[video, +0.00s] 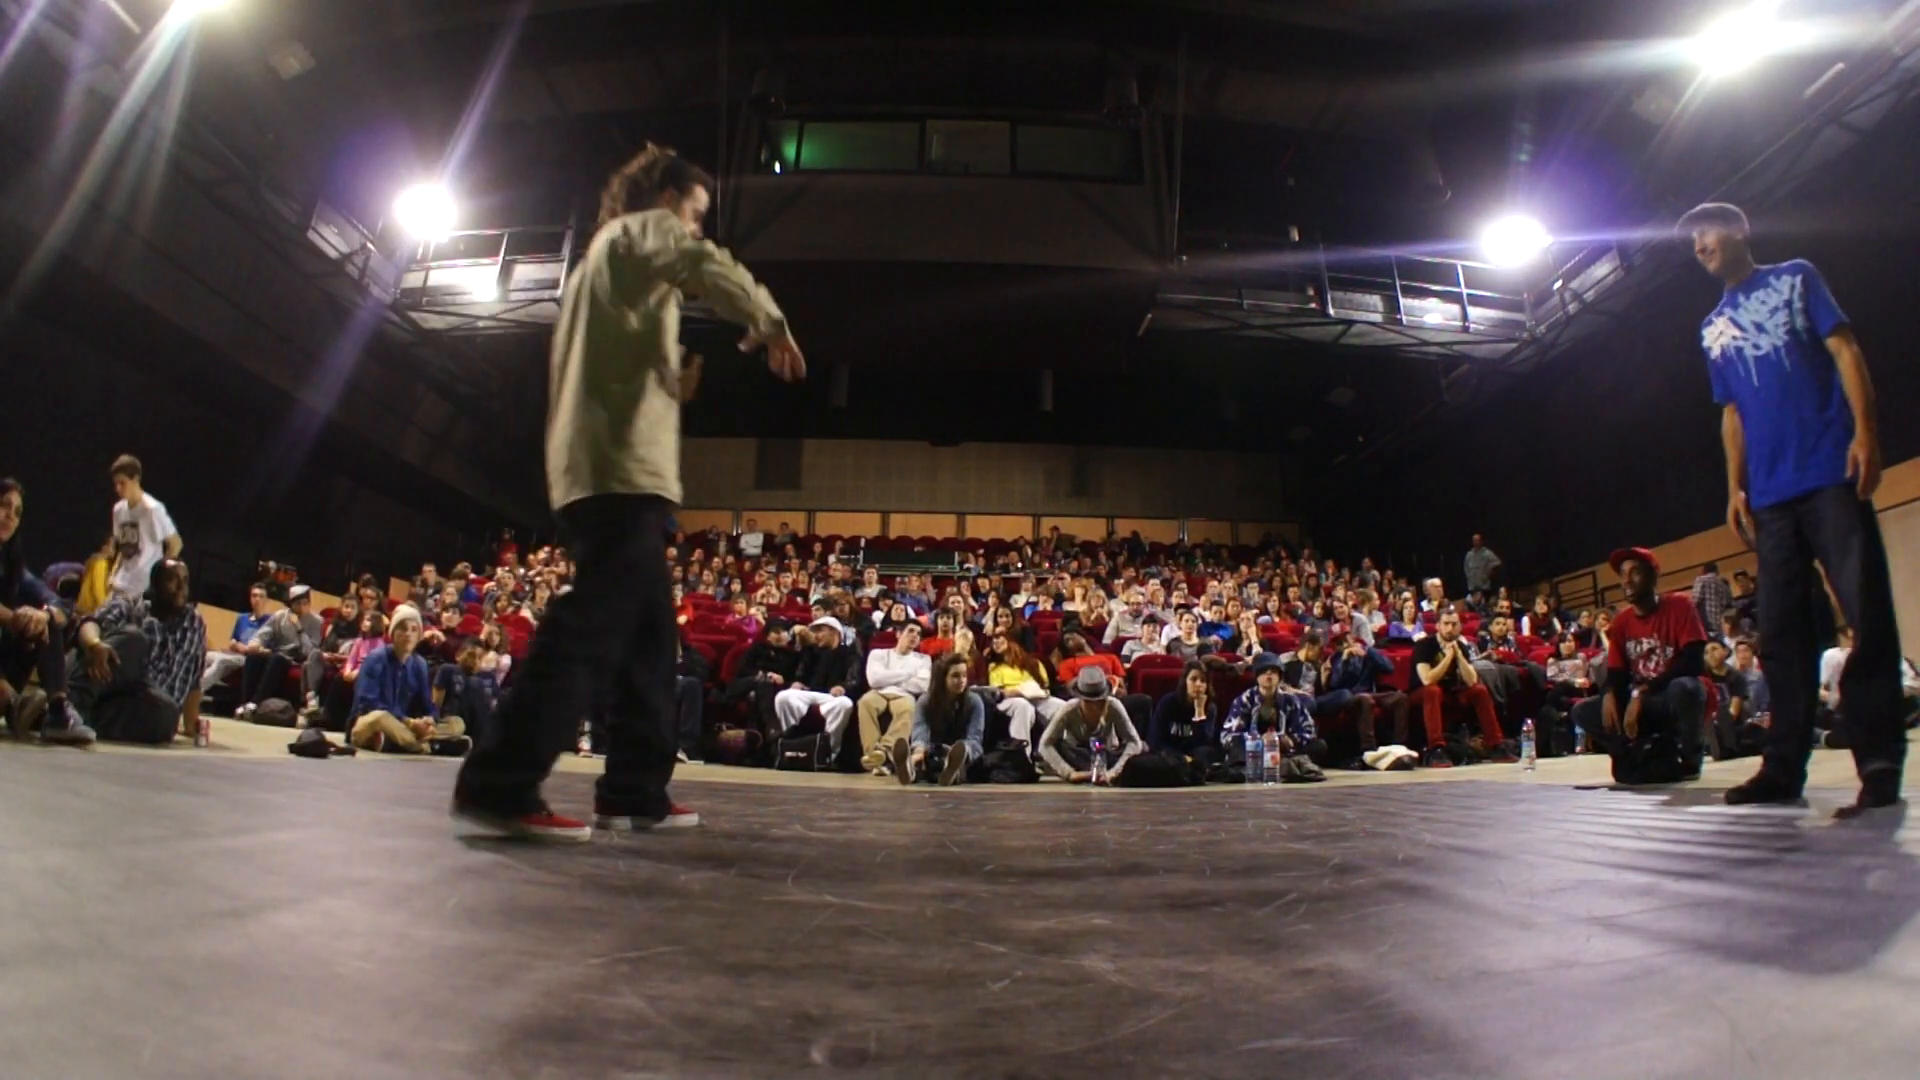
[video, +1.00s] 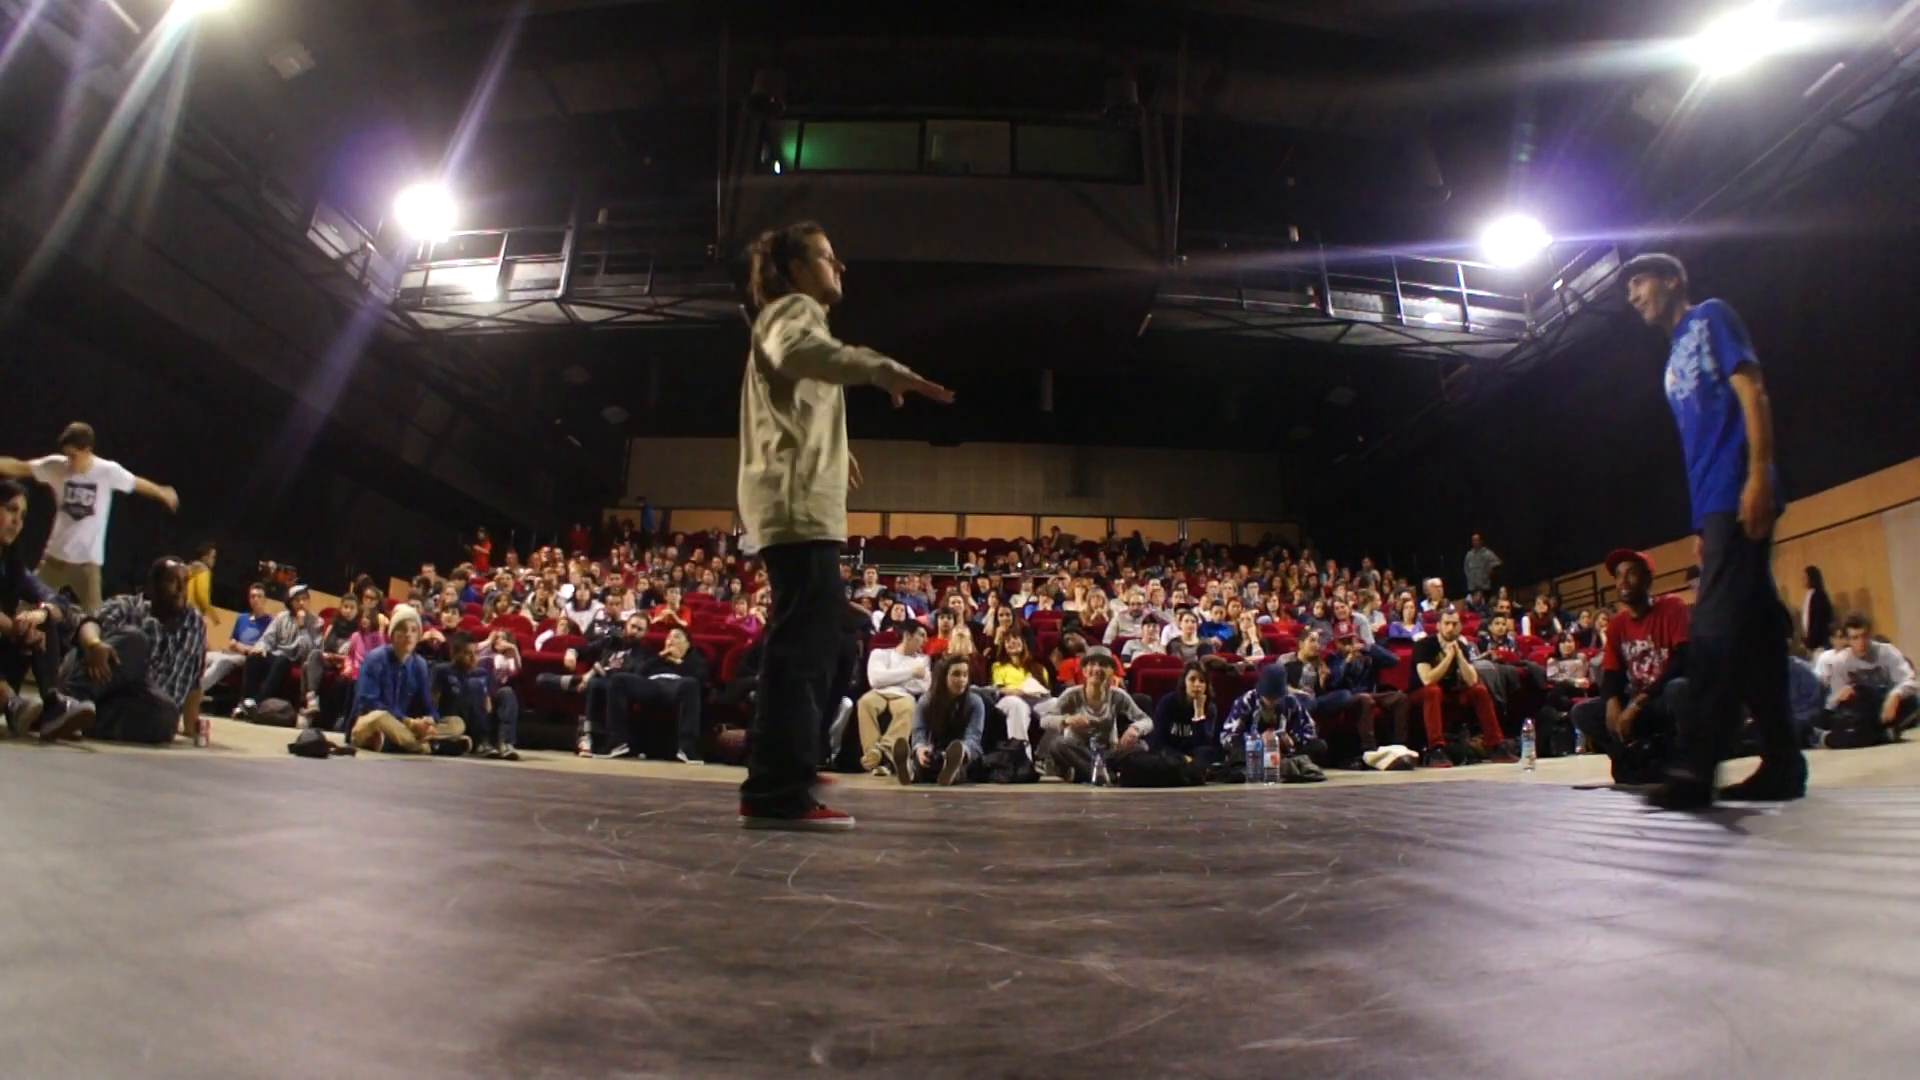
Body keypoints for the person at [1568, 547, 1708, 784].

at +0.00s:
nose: (1626, 581)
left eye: (1634, 572)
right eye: (1622, 574)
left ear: (1652, 577)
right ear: (1619, 581)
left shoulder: (1679, 606)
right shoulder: (1621, 622)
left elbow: (1692, 660)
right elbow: (1616, 670)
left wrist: (1644, 692)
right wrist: (1609, 694)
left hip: (1673, 691)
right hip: (1638, 695)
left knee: (1686, 688)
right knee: (1583, 711)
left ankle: (1690, 759)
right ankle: (1636, 760)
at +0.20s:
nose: (1627, 581)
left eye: (1635, 573)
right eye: (1623, 575)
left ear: (1653, 579)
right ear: (1620, 582)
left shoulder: (1678, 608)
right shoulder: (1620, 624)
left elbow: (1692, 661)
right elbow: (1615, 671)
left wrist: (1643, 692)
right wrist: (1611, 697)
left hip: (1673, 693)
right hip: (1638, 697)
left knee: (1685, 689)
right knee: (1583, 712)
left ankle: (1690, 760)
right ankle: (1634, 761)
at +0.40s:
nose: (1633, 578)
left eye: (1640, 571)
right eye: (1626, 573)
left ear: (1652, 577)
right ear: (1620, 583)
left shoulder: (1676, 607)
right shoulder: (1619, 624)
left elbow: (1690, 661)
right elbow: (1613, 672)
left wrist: (1642, 692)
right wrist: (1613, 700)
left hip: (1673, 693)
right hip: (1638, 698)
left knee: (1681, 688)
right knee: (1582, 712)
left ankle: (1689, 759)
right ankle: (1632, 760)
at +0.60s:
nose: (1630, 579)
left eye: (1636, 572)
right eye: (1623, 574)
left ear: (1650, 577)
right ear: (1617, 585)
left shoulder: (1674, 606)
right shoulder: (1618, 624)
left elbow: (1689, 659)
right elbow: (1613, 672)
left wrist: (1643, 695)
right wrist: (1614, 701)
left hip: (1672, 692)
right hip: (1637, 697)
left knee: (1682, 689)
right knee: (1582, 713)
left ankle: (1689, 759)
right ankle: (1636, 761)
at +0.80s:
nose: (1625, 581)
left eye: (1632, 573)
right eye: (1620, 575)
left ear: (1648, 579)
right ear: (1616, 583)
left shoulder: (1671, 606)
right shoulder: (1618, 623)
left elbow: (1687, 659)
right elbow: (1612, 672)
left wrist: (1641, 700)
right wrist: (1614, 705)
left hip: (1672, 692)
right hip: (1637, 698)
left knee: (1682, 689)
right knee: (1582, 713)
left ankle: (1688, 759)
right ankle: (1636, 761)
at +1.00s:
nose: (1622, 582)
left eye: (1630, 574)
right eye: (1618, 576)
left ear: (1647, 580)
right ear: (1614, 583)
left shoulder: (1671, 607)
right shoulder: (1617, 624)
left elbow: (1681, 659)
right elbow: (1612, 671)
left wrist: (1639, 702)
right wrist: (1612, 703)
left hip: (1667, 694)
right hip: (1633, 699)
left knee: (1678, 689)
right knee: (1582, 713)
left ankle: (1686, 764)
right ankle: (1633, 763)